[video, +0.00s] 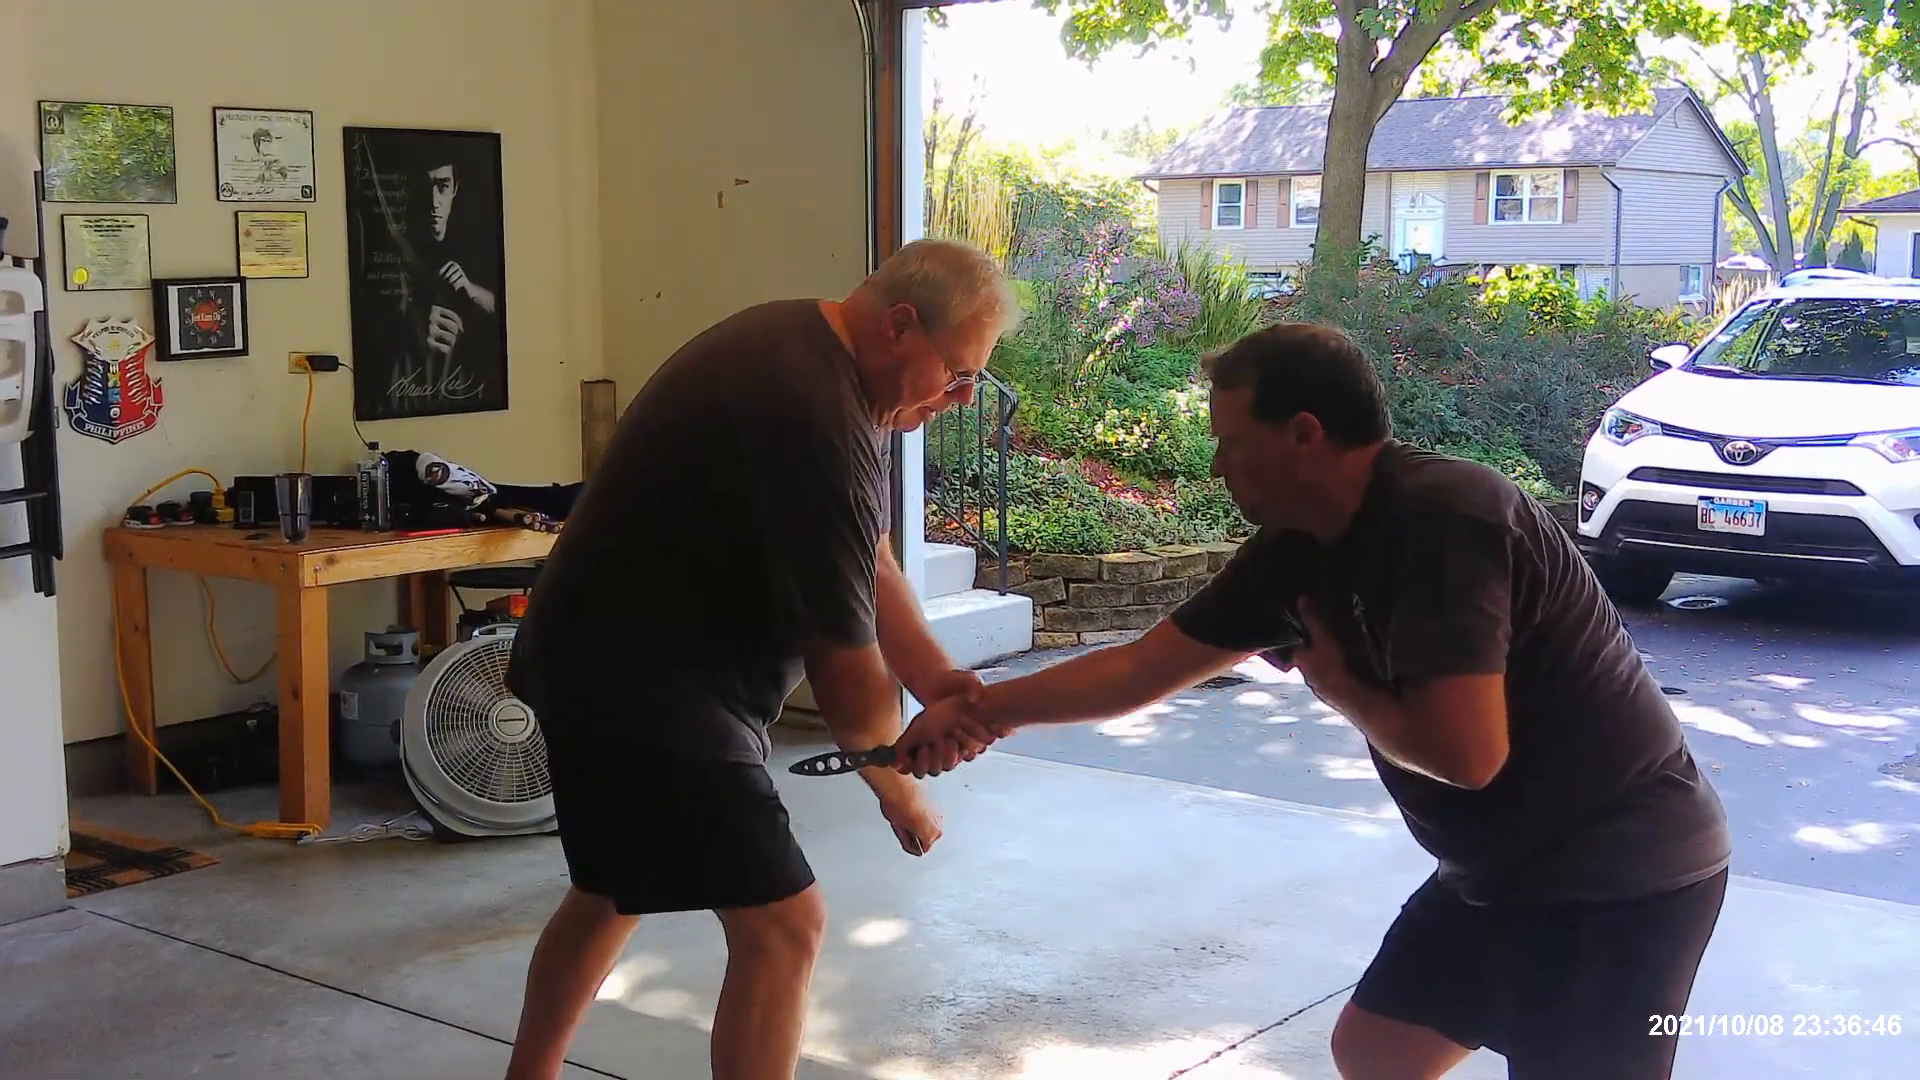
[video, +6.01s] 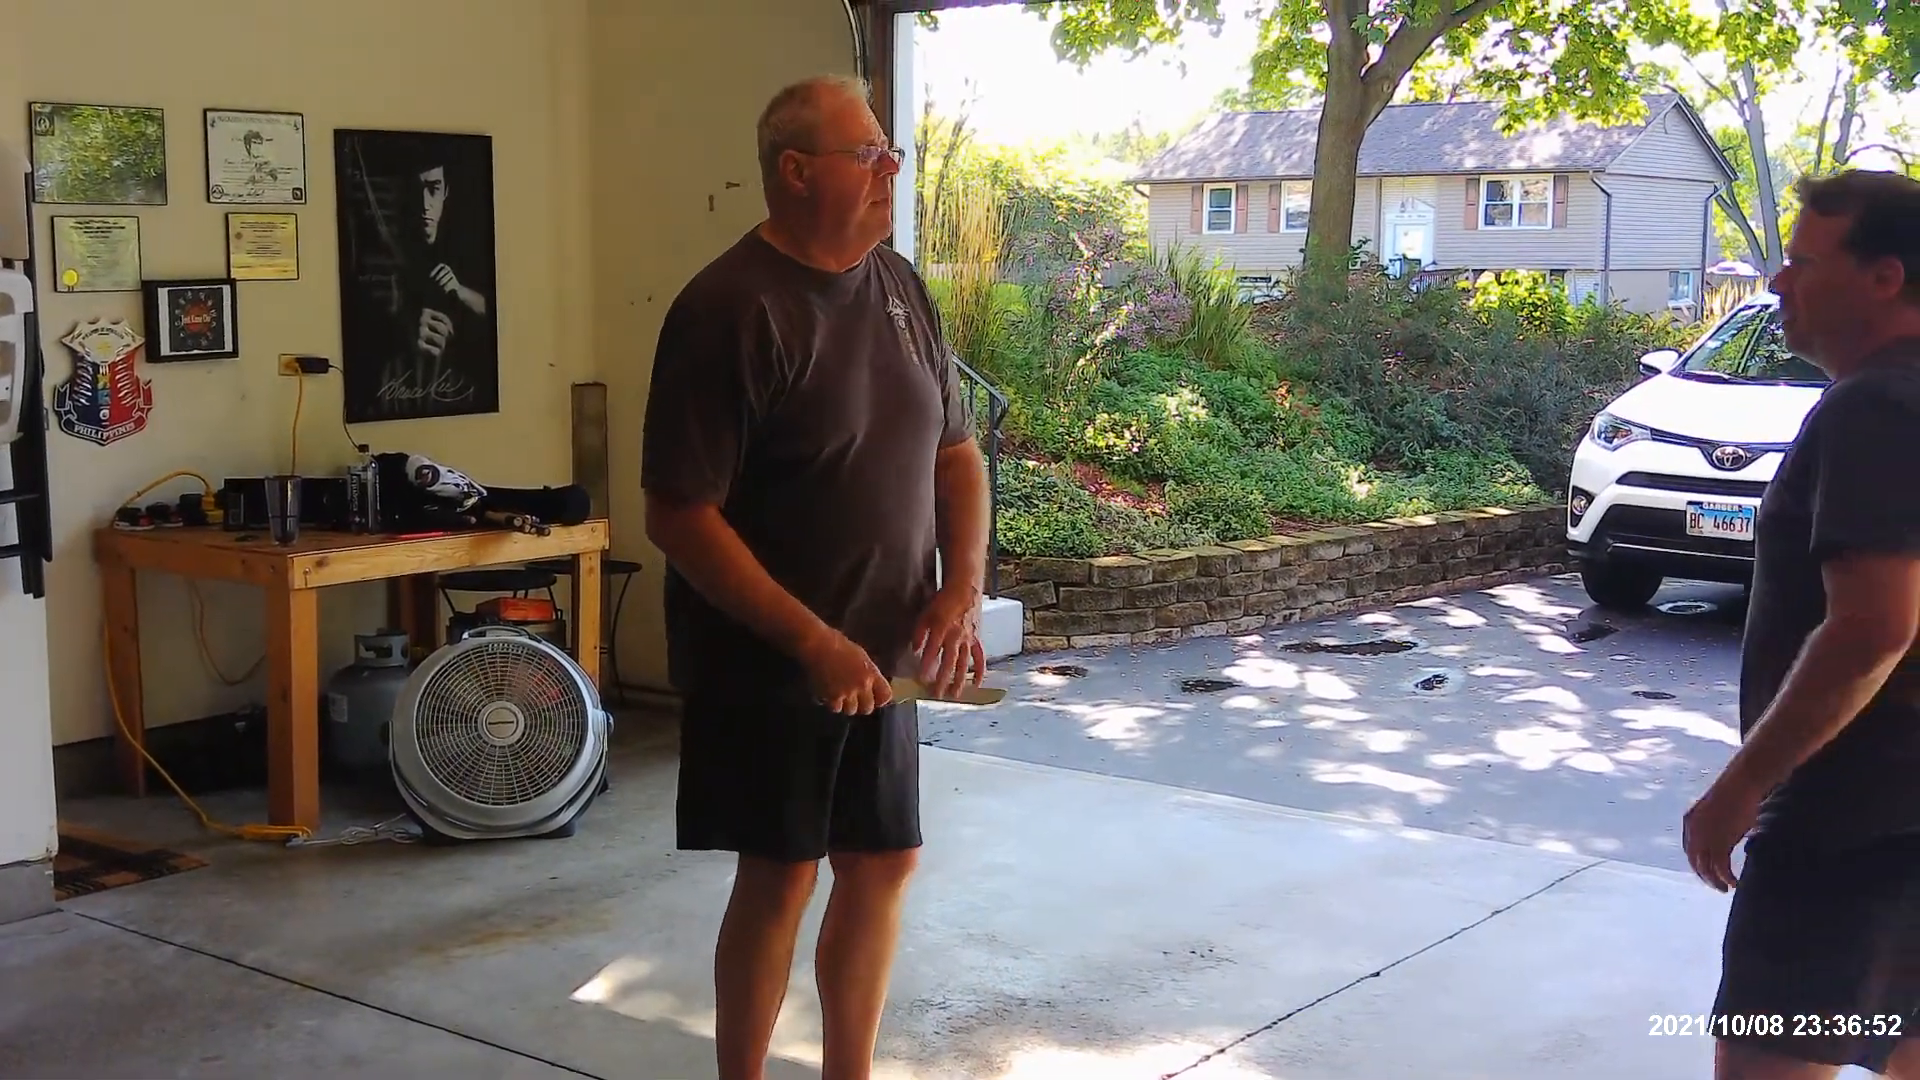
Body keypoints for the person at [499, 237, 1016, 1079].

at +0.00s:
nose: (958, 397)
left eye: (968, 381)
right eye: (958, 373)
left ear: (890, 321)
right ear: (896, 325)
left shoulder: (797, 347)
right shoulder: (821, 415)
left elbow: (869, 564)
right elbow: (845, 665)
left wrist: (939, 683)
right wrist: (895, 787)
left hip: (585, 660)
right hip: (652, 687)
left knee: (606, 889)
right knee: (781, 924)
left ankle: (530, 1070)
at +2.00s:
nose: (1059, 257)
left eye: (1064, 235)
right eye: (1058, 230)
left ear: (959, 209)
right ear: (1005, 213)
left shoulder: (850, 301)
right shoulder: (979, 334)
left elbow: (845, 498)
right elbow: (1039, 570)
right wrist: (1070, 637)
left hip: (813, 654)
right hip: (897, 677)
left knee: (969, 869)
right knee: (879, 936)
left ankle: (1010, 1072)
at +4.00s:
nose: (899, 176)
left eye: (897, 159)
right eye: (878, 159)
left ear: (863, 175)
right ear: (808, 170)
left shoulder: (887, 291)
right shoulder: (725, 295)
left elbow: (934, 459)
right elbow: (653, 473)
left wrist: (962, 612)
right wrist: (673, 643)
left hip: (876, 627)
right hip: (772, 636)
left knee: (888, 823)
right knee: (797, 835)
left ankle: (840, 1049)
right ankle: (777, 1063)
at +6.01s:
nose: (893, 167)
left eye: (887, 149)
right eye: (870, 152)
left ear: (819, 172)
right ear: (797, 173)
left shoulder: (895, 284)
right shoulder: (721, 310)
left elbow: (955, 447)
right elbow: (677, 512)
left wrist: (962, 585)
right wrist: (816, 639)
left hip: (881, 644)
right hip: (765, 657)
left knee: (882, 860)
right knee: (778, 872)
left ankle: (850, 1072)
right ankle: (741, 1072)